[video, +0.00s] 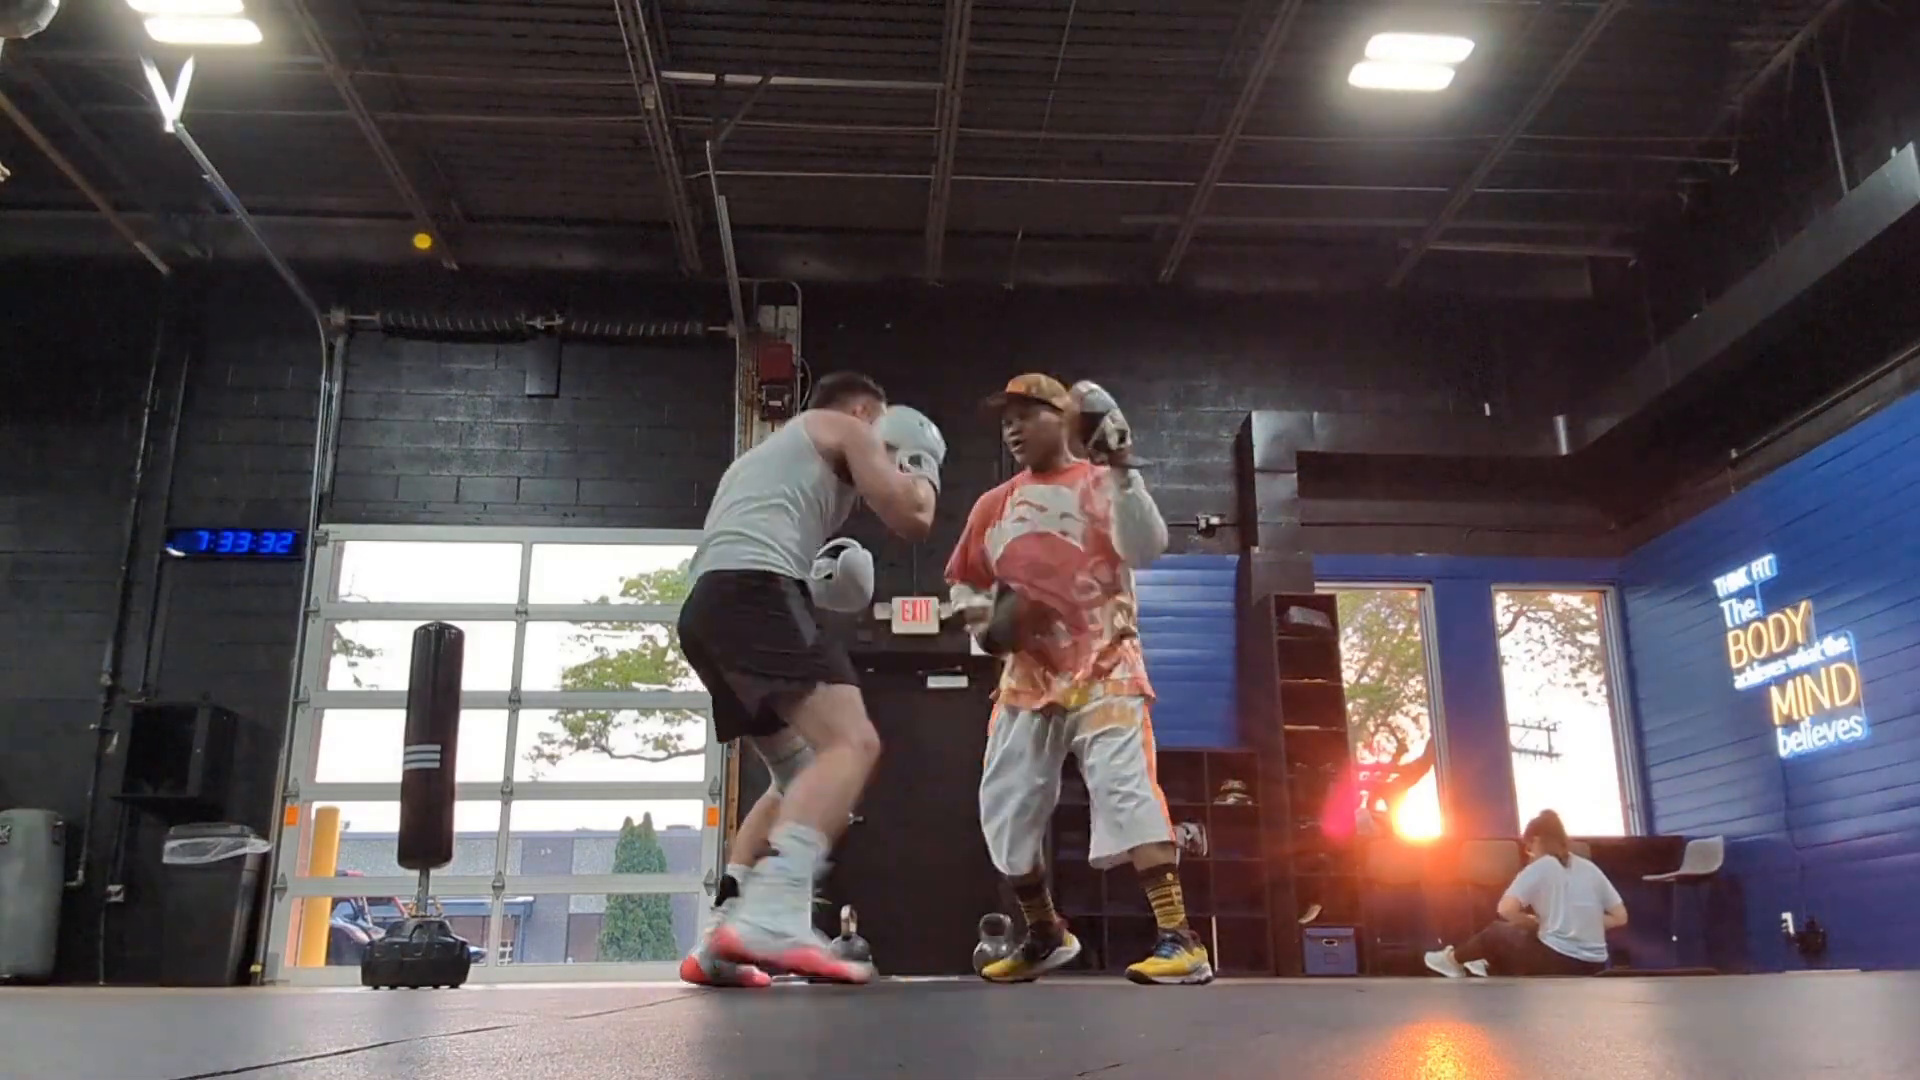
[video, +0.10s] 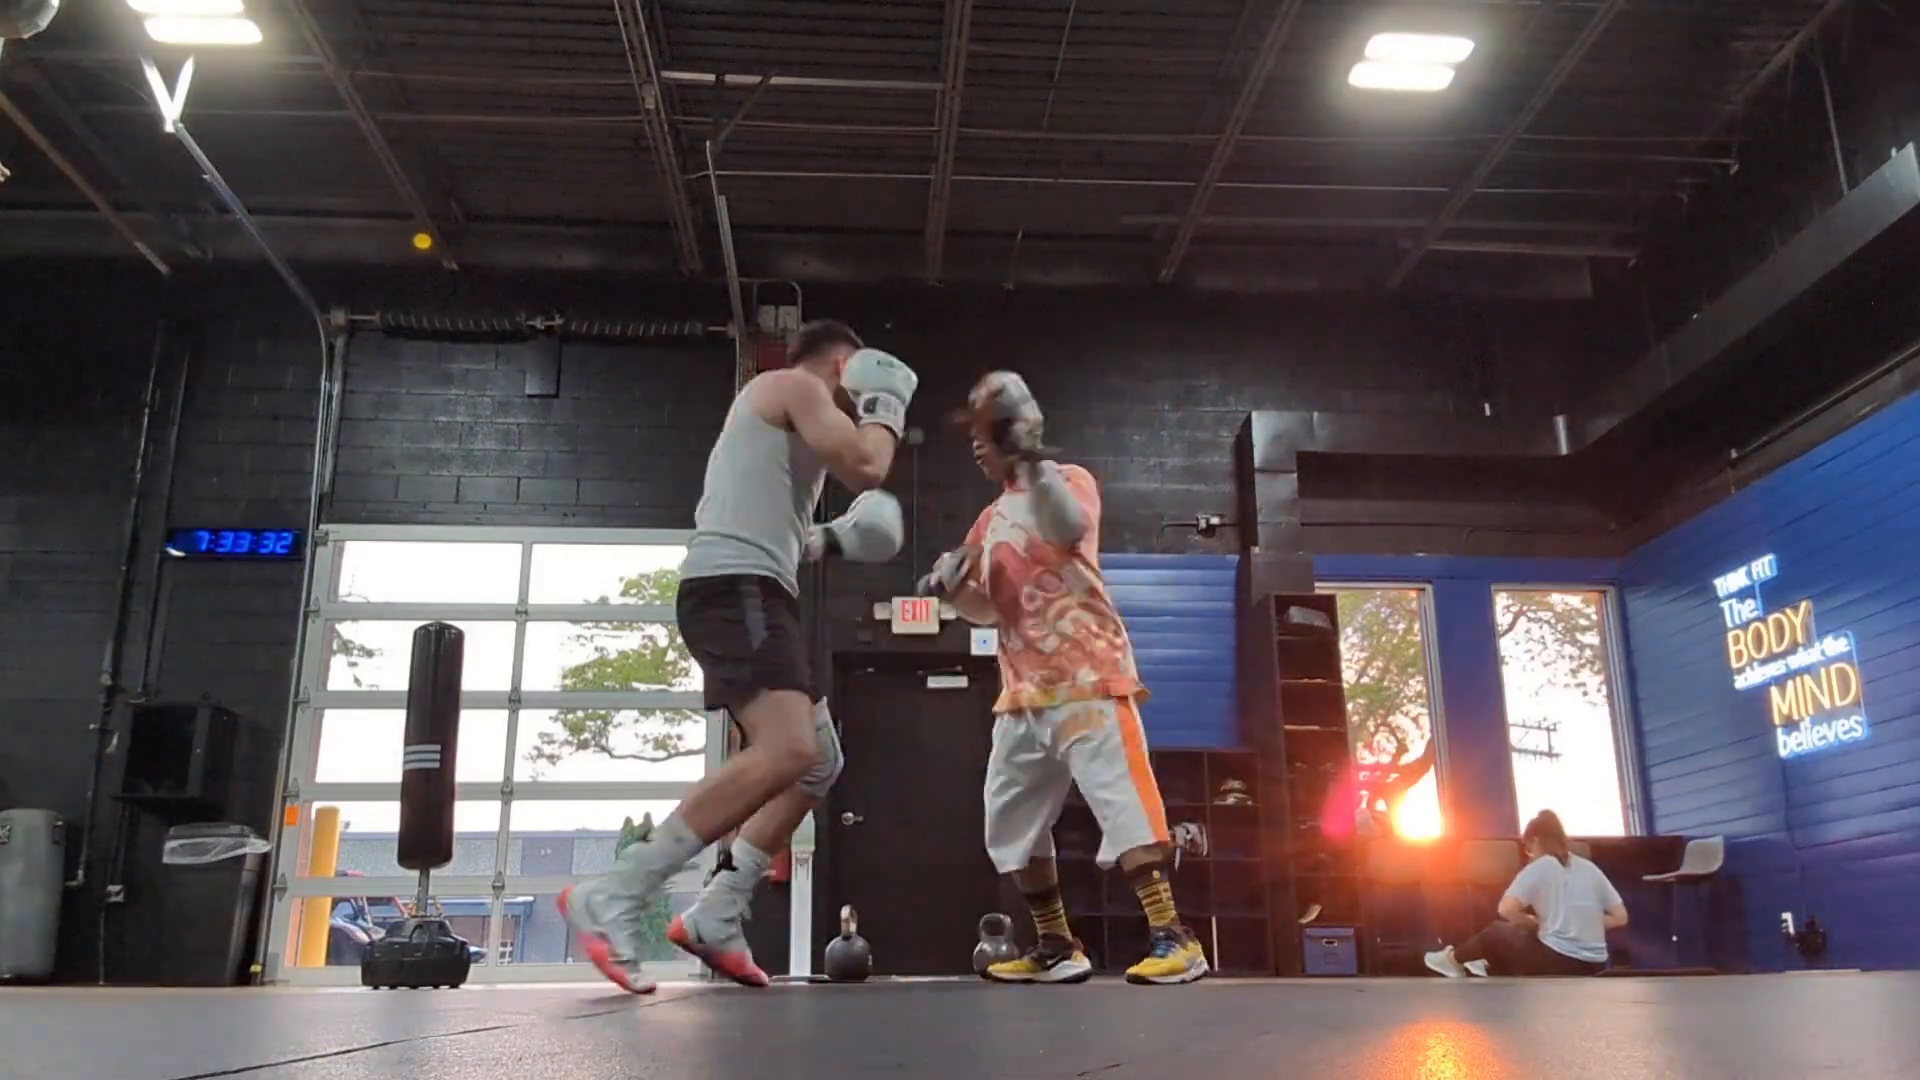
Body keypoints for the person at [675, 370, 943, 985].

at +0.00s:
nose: (877, 433)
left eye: (877, 425)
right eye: (874, 421)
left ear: (817, 406)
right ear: (858, 408)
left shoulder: (762, 456)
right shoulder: (842, 426)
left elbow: (747, 547)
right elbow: (913, 518)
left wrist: (813, 585)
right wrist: (923, 468)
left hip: (699, 613)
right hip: (754, 591)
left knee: (797, 777)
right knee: (848, 744)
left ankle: (728, 934)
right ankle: (775, 915)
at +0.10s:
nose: (855, 388)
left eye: (857, 377)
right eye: (855, 375)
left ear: (804, 358)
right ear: (839, 363)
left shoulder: (785, 421)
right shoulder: (791, 385)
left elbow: (771, 540)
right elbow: (868, 465)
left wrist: (833, 537)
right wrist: (884, 408)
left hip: (766, 592)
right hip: (733, 583)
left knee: (815, 762)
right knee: (786, 749)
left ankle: (716, 914)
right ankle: (616, 891)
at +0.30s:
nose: (823, 372)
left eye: (822, 360)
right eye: (821, 358)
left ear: (762, 349)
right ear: (801, 349)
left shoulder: (762, 423)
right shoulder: (744, 401)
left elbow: (775, 518)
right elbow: (785, 492)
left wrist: (839, 508)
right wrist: (833, 438)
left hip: (749, 609)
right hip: (723, 601)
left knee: (784, 789)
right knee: (724, 762)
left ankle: (703, 949)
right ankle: (573, 935)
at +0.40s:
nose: (800, 382)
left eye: (798, 372)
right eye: (799, 370)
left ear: (735, 367)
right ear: (787, 363)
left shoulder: (683, 429)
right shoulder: (791, 407)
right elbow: (853, 511)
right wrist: (855, 472)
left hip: (677, 604)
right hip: (734, 593)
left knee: (753, 781)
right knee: (720, 775)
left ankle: (697, 948)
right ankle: (572, 937)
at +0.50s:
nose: (784, 408)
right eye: (785, 399)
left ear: (715, 396)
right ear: (780, 395)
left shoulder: (667, 448)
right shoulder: (798, 436)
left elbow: (639, 557)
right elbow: (853, 540)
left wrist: (709, 527)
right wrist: (827, 500)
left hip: (665, 618)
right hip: (734, 608)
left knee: (726, 788)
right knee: (757, 799)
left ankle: (647, 943)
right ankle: (590, 902)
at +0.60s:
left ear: (718, 451)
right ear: (780, 462)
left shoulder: (668, 486)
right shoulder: (801, 493)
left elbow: (622, 591)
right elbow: (829, 611)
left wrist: (686, 591)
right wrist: (813, 587)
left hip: (651, 647)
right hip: (734, 638)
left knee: (694, 792)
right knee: (807, 815)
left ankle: (634, 949)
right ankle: (694, 880)